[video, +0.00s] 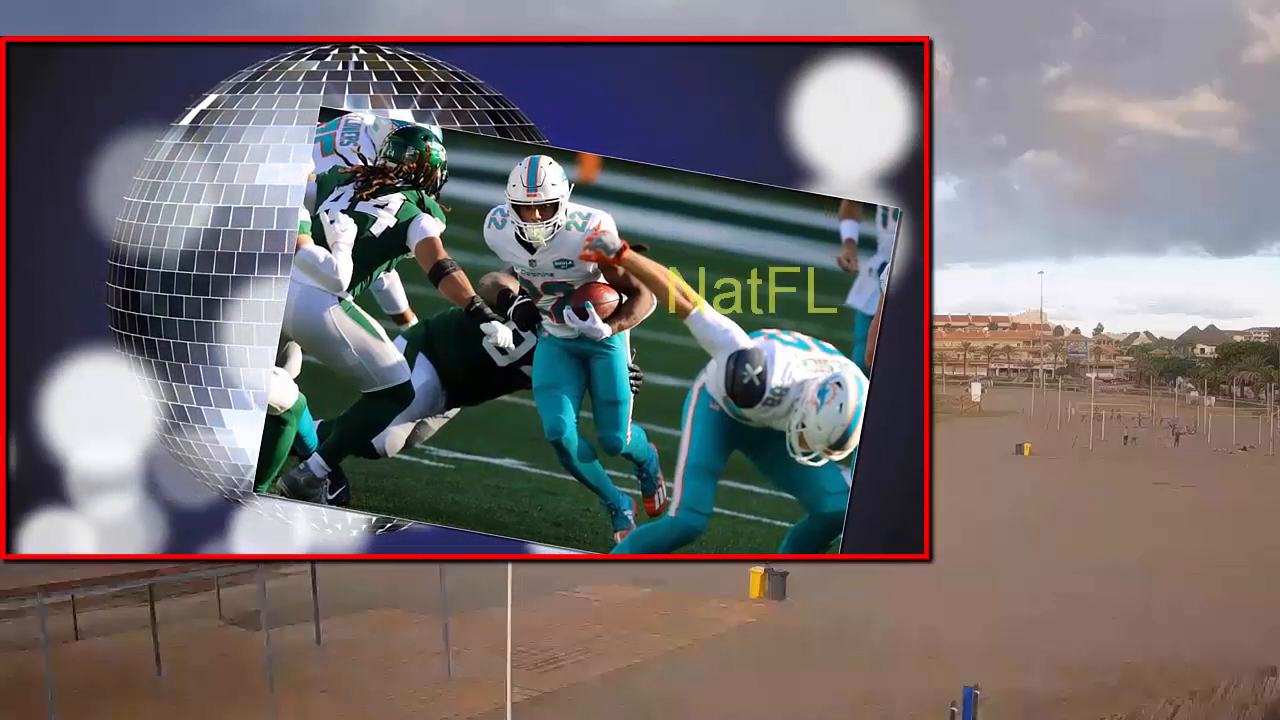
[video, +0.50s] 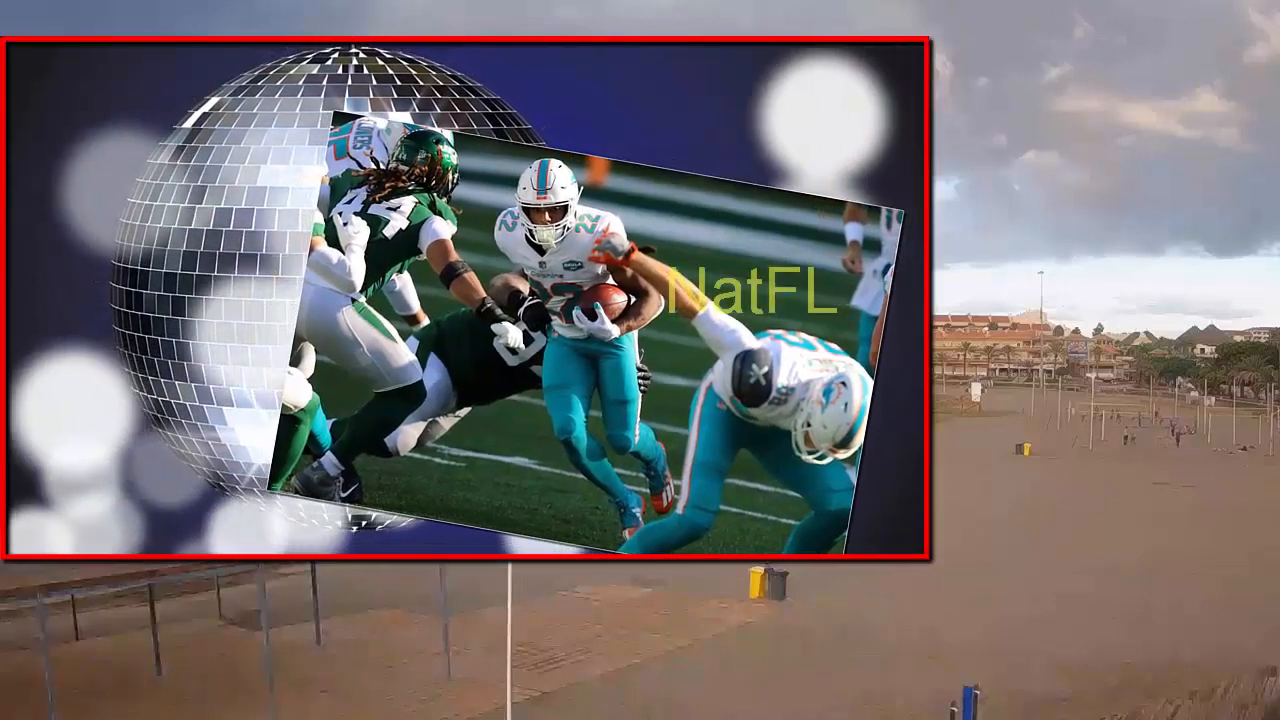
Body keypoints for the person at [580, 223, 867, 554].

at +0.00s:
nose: (813, 458)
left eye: (826, 454)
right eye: (809, 447)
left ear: (853, 432)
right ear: (799, 413)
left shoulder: (863, 413)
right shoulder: (757, 374)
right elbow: (684, 300)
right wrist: (622, 255)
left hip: (775, 425)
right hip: (720, 403)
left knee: (836, 510)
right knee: (689, 521)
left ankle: (775, 580)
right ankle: (607, 571)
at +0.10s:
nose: (815, 457)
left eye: (828, 454)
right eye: (810, 446)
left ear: (856, 433)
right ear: (800, 412)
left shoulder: (866, 416)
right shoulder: (757, 374)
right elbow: (686, 301)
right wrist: (624, 256)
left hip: (776, 425)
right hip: (722, 403)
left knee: (837, 508)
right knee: (690, 520)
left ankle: (777, 582)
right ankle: (609, 571)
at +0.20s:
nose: (815, 457)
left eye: (828, 453)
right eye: (811, 446)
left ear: (855, 430)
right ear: (801, 412)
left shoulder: (864, 412)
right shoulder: (754, 368)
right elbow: (687, 300)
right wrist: (626, 255)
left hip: (777, 425)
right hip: (722, 402)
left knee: (838, 507)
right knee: (691, 520)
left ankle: (778, 581)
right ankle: (609, 570)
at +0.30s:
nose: (819, 456)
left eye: (832, 452)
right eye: (813, 446)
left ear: (858, 430)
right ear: (802, 412)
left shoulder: (866, 416)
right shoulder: (758, 371)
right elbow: (690, 303)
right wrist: (627, 256)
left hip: (778, 425)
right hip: (724, 402)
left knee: (838, 506)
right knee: (693, 519)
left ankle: (780, 583)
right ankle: (611, 570)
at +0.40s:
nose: (817, 457)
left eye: (831, 453)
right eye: (812, 444)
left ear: (856, 431)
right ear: (804, 413)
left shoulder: (867, 414)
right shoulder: (755, 367)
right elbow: (691, 303)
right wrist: (630, 257)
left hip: (778, 424)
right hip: (725, 401)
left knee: (839, 505)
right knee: (694, 519)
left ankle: (778, 582)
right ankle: (614, 569)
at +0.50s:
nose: (818, 456)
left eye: (831, 453)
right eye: (813, 444)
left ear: (857, 429)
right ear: (805, 411)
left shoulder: (868, 416)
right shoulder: (758, 368)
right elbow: (692, 303)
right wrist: (631, 257)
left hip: (781, 425)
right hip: (726, 401)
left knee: (841, 504)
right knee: (696, 519)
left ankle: (779, 581)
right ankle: (615, 567)